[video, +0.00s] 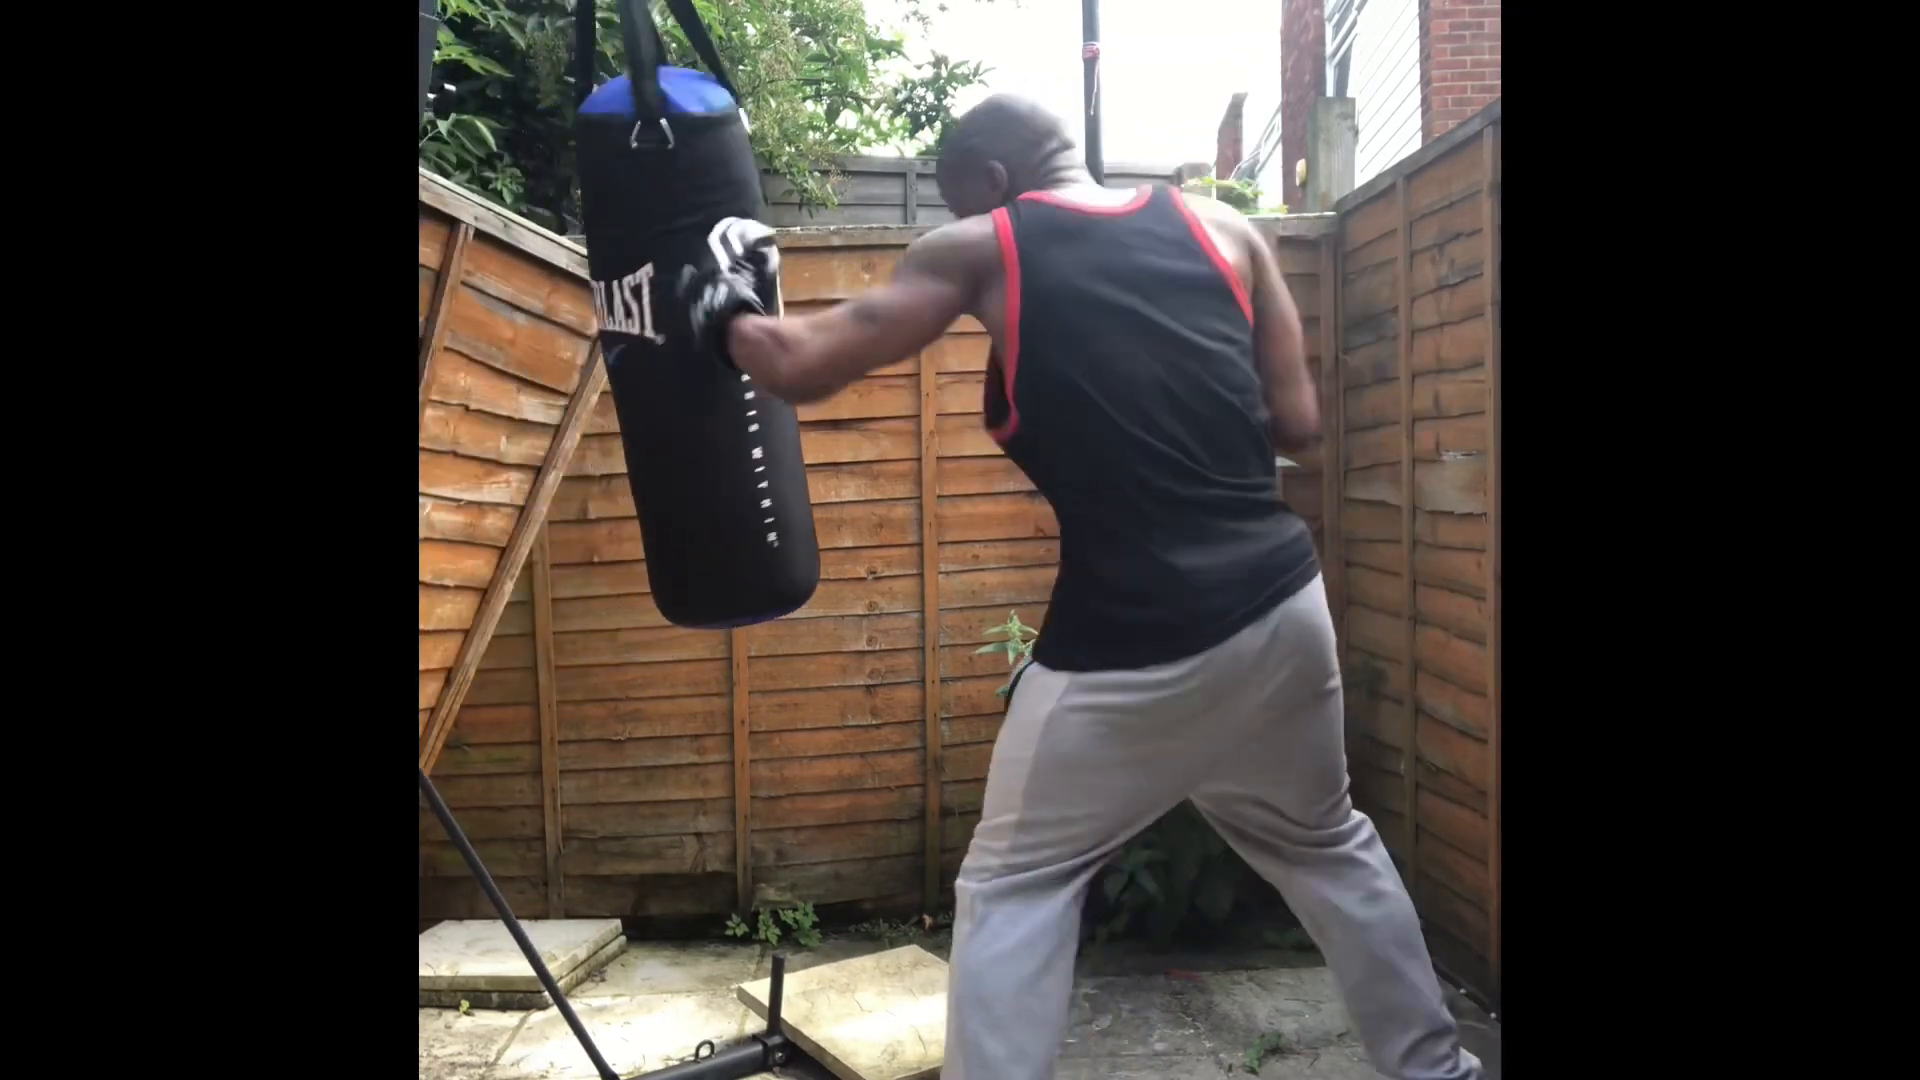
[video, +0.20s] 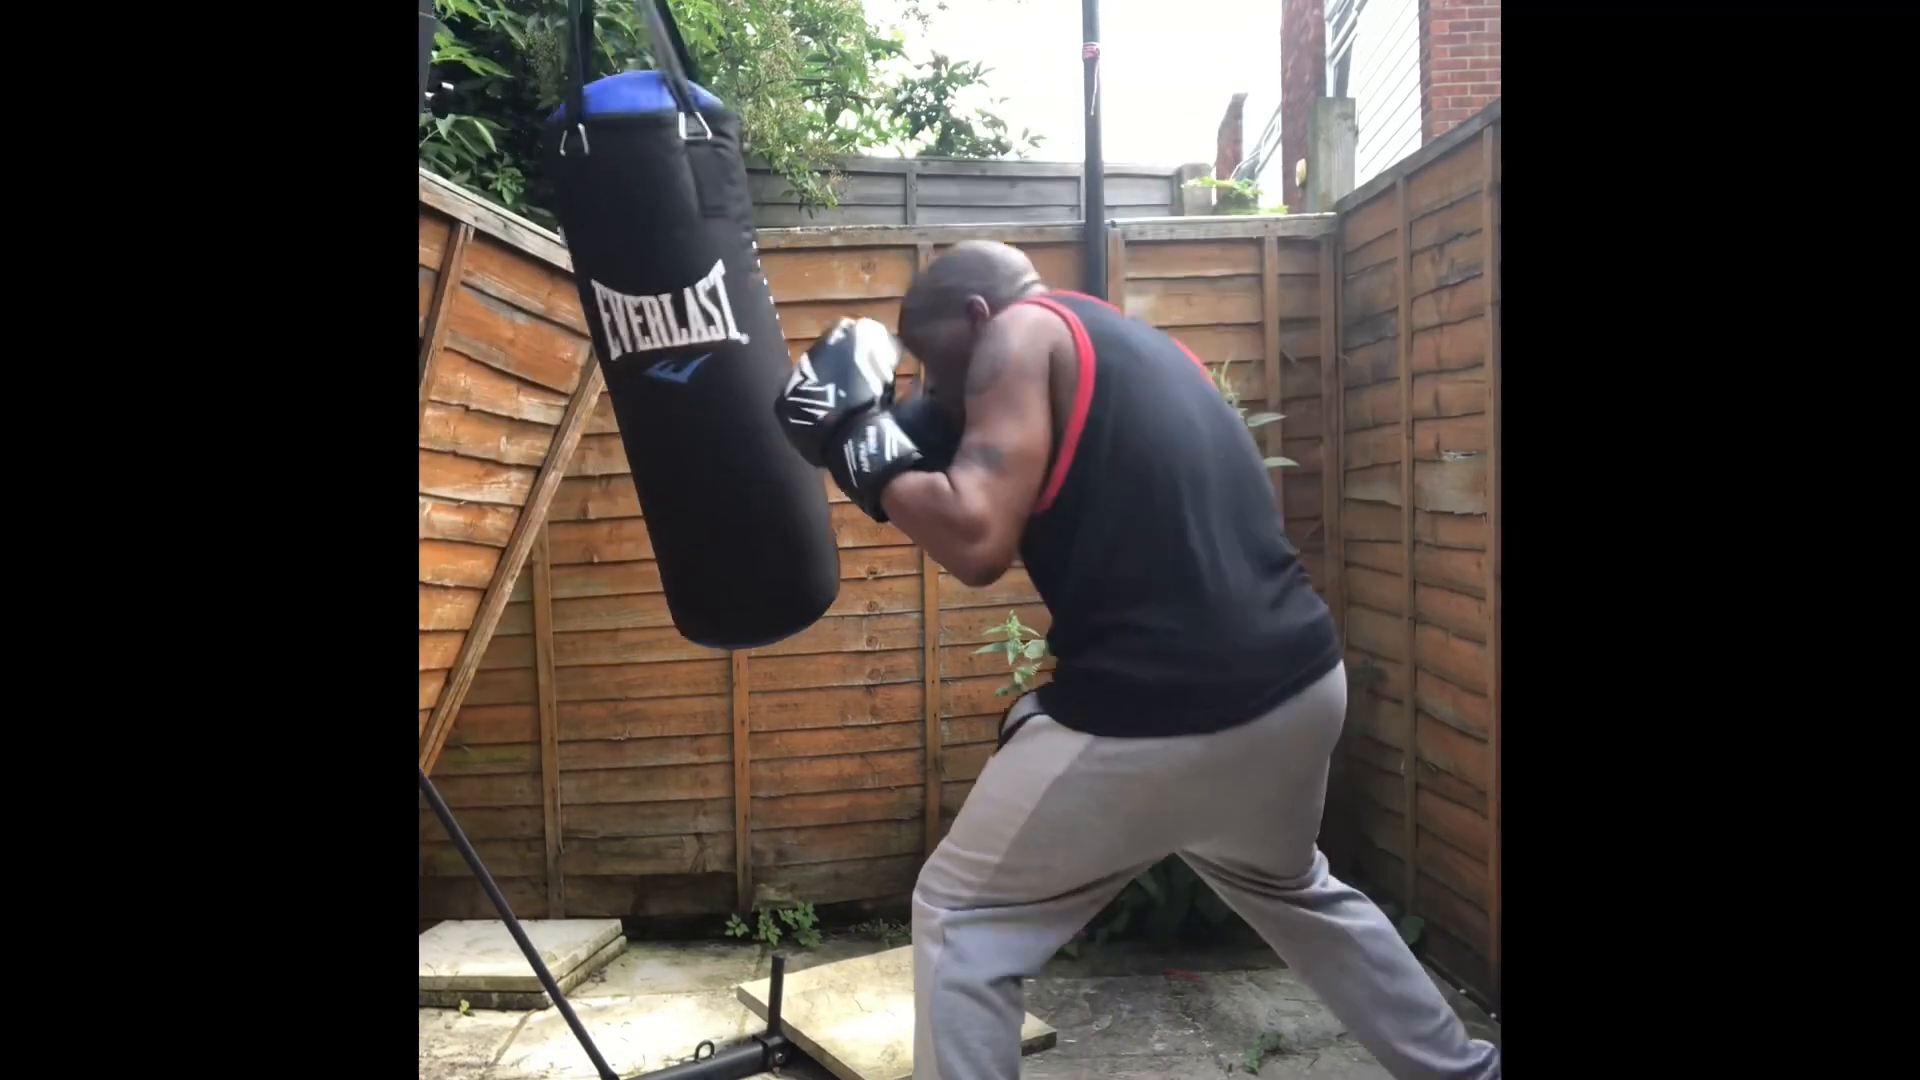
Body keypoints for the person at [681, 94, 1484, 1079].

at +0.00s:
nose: (962, 219)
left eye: (959, 203)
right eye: (957, 203)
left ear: (982, 182)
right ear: (1063, 155)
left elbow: (795, 364)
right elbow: (1300, 421)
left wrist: (717, 304)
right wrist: (1175, 391)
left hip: (1122, 630)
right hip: (1280, 604)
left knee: (1013, 886)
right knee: (1325, 838)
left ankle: (993, 1075)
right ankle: (1437, 1065)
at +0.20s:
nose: (934, 381)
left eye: (934, 357)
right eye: (926, 364)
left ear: (978, 315)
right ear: (1031, 287)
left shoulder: (1021, 331)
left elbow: (974, 540)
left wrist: (865, 437)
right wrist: (877, 441)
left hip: (1145, 701)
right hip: (1293, 678)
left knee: (961, 911)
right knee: (1283, 880)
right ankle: (1458, 1063)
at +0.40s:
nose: (1022, 360)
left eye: (1027, 331)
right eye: (1019, 337)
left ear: (1092, 301)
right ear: (1120, 294)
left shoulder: (1133, 346)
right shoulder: (1234, 349)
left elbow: (1087, 543)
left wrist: (974, 453)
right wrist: (1053, 439)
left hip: (1208, 730)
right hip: (1353, 715)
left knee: (1005, 912)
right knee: (1331, 909)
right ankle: (1474, 1068)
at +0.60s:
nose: (1169, 257)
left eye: (1175, 229)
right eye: (1164, 233)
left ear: (1241, 212)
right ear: (1285, 210)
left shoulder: (1263, 280)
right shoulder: (1391, 283)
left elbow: (1260, 470)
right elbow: (1344, 430)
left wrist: (1116, 403)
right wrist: (1198, 362)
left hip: (1292, 667)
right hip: (1426, 653)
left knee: (1137, 907)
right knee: (1395, 888)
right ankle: (1490, 1062)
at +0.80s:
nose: (1209, 256)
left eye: (1216, 228)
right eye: (1201, 233)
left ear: (1287, 207)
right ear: (1301, 207)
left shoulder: (1325, 269)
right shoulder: (1411, 272)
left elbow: (1261, 468)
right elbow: (1281, 469)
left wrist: (1174, 344)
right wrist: (1187, 352)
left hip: (1363, 646)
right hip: (1460, 639)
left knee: (1193, 880)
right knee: (1400, 880)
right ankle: (1486, 1060)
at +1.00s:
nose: (1190, 266)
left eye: (1199, 234)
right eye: (1185, 239)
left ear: (1273, 211)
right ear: (1291, 211)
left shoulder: (1317, 280)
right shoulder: (1400, 274)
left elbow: (1300, 478)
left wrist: (1180, 410)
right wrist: (1229, 375)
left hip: (1363, 640)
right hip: (1462, 635)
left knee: (1155, 857)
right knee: (1396, 874)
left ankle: (1139, 1068)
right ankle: (1485, 1062)